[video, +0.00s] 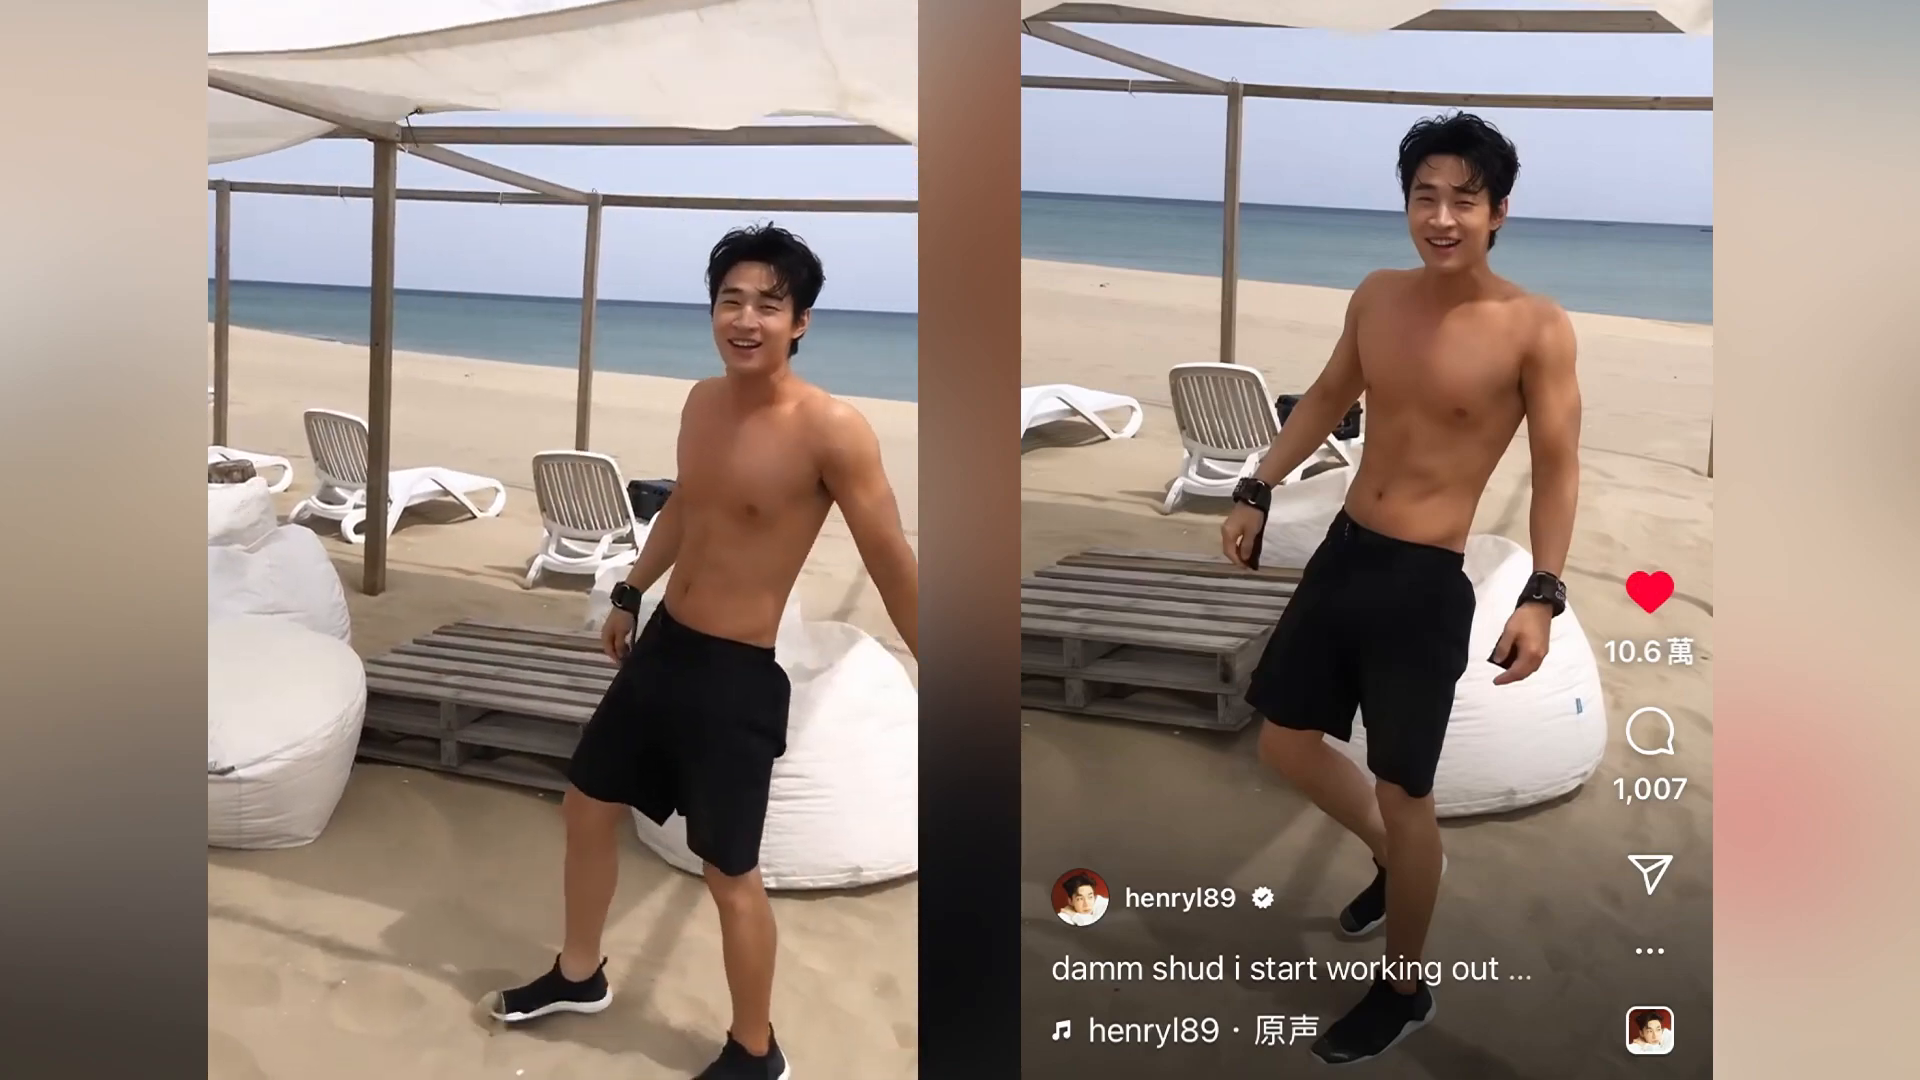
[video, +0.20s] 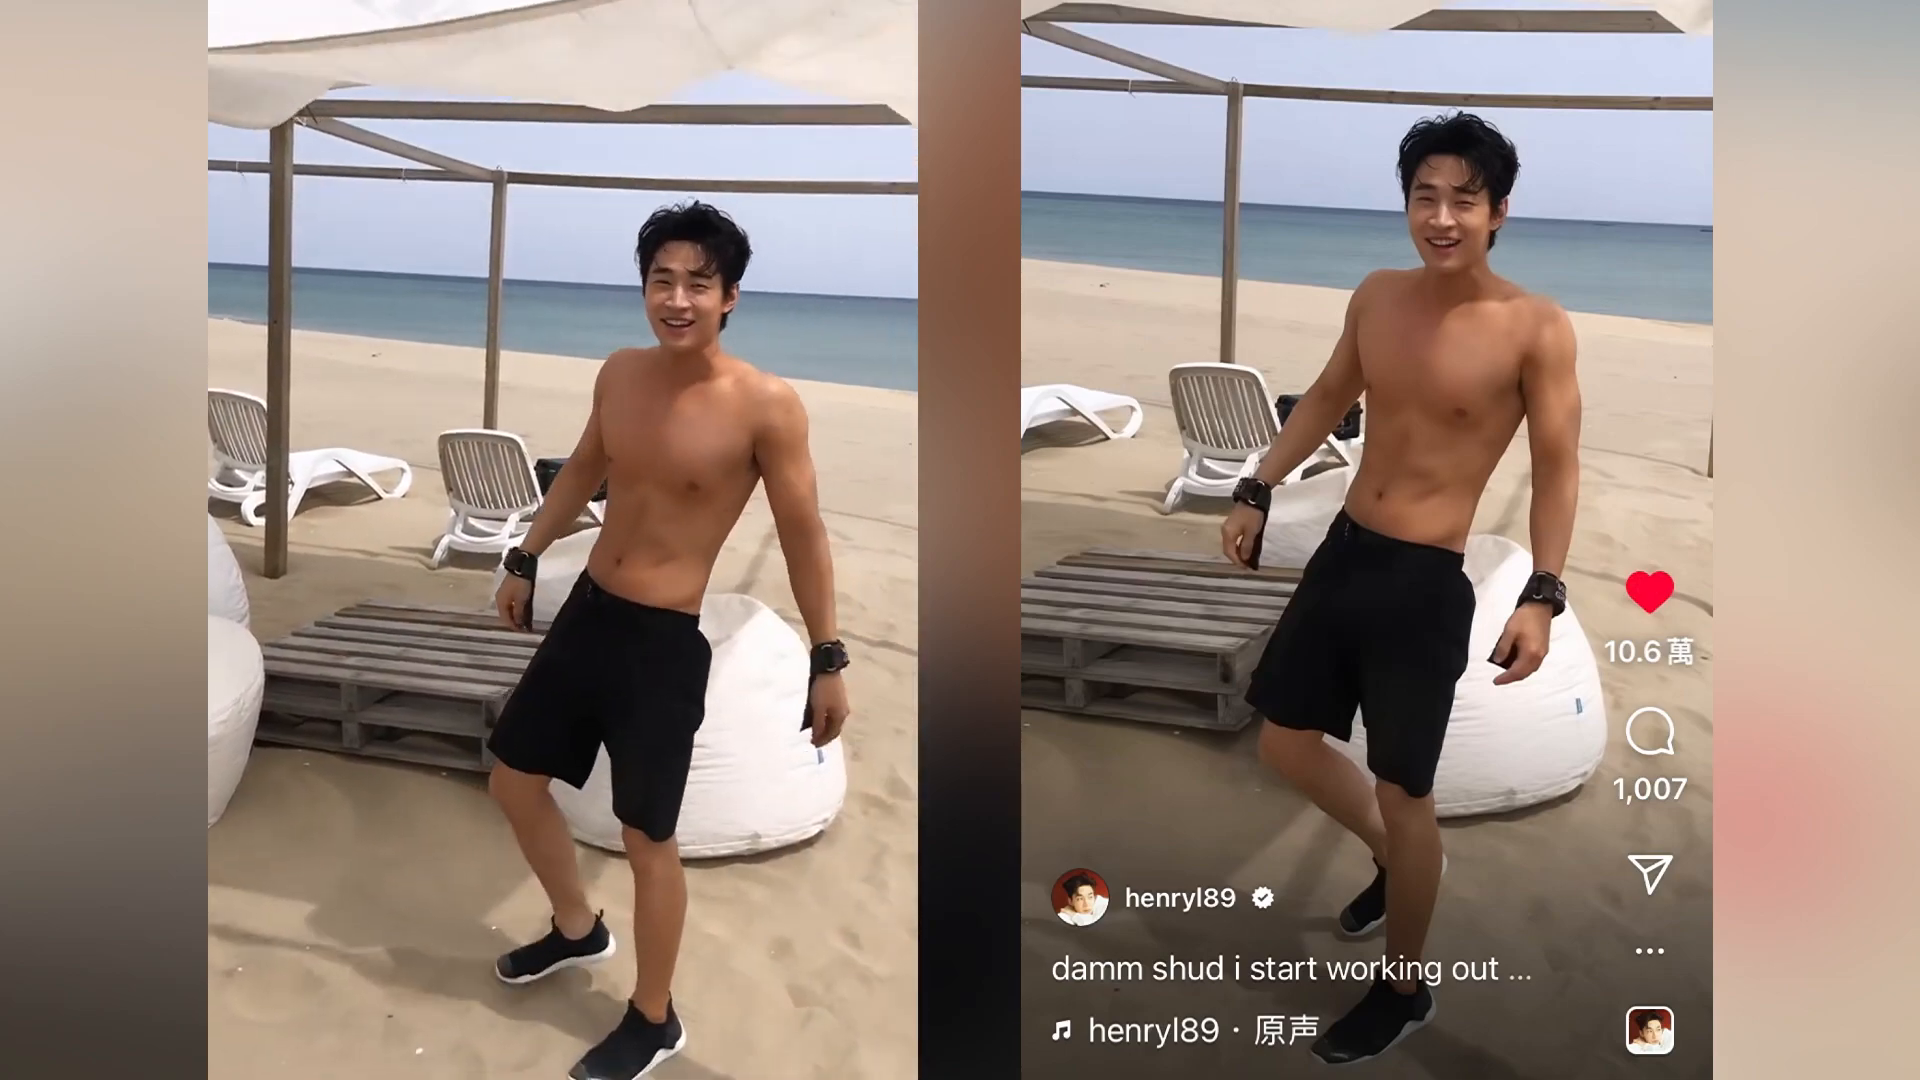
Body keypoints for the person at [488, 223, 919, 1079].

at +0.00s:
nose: (743, 318)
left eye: (765, 303)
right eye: (730, 300)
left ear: (799, 322)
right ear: (712, 312)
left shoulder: (831, 428)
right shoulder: (703, 401)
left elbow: (894, 567)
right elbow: (682, 509)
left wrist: (940, 671)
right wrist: (627, 596)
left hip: (739, 675)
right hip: (664, 649)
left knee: (732, 874)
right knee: (588, 804)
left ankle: (753, 1048)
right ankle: (578, 975)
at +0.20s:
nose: (676, 298)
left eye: (698, 282)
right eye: (661, 280)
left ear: (730, 296)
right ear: (643, 289)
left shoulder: (766, 406)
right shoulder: (619, 375)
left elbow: (803, 535)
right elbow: (587, 467)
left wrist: (828, 660)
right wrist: (523, 556)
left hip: (665, 640)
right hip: (587, 617)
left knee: (646, 835)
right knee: (514, 777)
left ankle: (653, 1016)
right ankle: (577, 927)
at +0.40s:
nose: (616, 245)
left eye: (636, 228)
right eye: (601, 227)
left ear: (670, 239)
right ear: (584, 236)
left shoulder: (703, 347)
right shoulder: (561, 320)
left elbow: (724, 475)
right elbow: (514, 415)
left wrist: (699, 584)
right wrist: (442, 494)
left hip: (607, 583)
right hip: (532, 562)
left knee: (581, 787)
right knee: (487, 743)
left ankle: (577, 971)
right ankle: (604, 833)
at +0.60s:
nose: (582, 172)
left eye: (603, 155)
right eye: (567, 154)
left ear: (637, 164)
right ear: (551, 162)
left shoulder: (672, 267)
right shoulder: (544, 257)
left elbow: (707, 386)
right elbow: (516, 359)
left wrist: (684, 470)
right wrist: (454, 429)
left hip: (605, 510)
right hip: (538, 497)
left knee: (564, 711)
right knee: (532, 681)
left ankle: (550, 907)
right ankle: (619, 802)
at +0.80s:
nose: (567, 181)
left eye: (585, 165)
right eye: (552, 166)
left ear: (617, 175)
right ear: (538, 179)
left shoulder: (656, 255)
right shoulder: (555, 280)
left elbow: (703, 371)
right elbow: (553, 384)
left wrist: (704, 482)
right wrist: (508, 472)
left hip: (623, 507)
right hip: (566, 498)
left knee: (567, 700)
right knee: (582, 674)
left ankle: (548, 897)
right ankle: (628, 811)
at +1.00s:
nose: (574, 246)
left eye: (591, 231)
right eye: (561, 232)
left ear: (623, 242)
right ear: (547, 247)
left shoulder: (657, 319)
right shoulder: (575, 342)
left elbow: (707, 426)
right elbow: (598, 451)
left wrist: (726, 537)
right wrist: (580, 540)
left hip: (638, 566)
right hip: (593, 560)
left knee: (586, 754)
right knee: (612, 734)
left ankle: (575, 959)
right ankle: (632, 880)